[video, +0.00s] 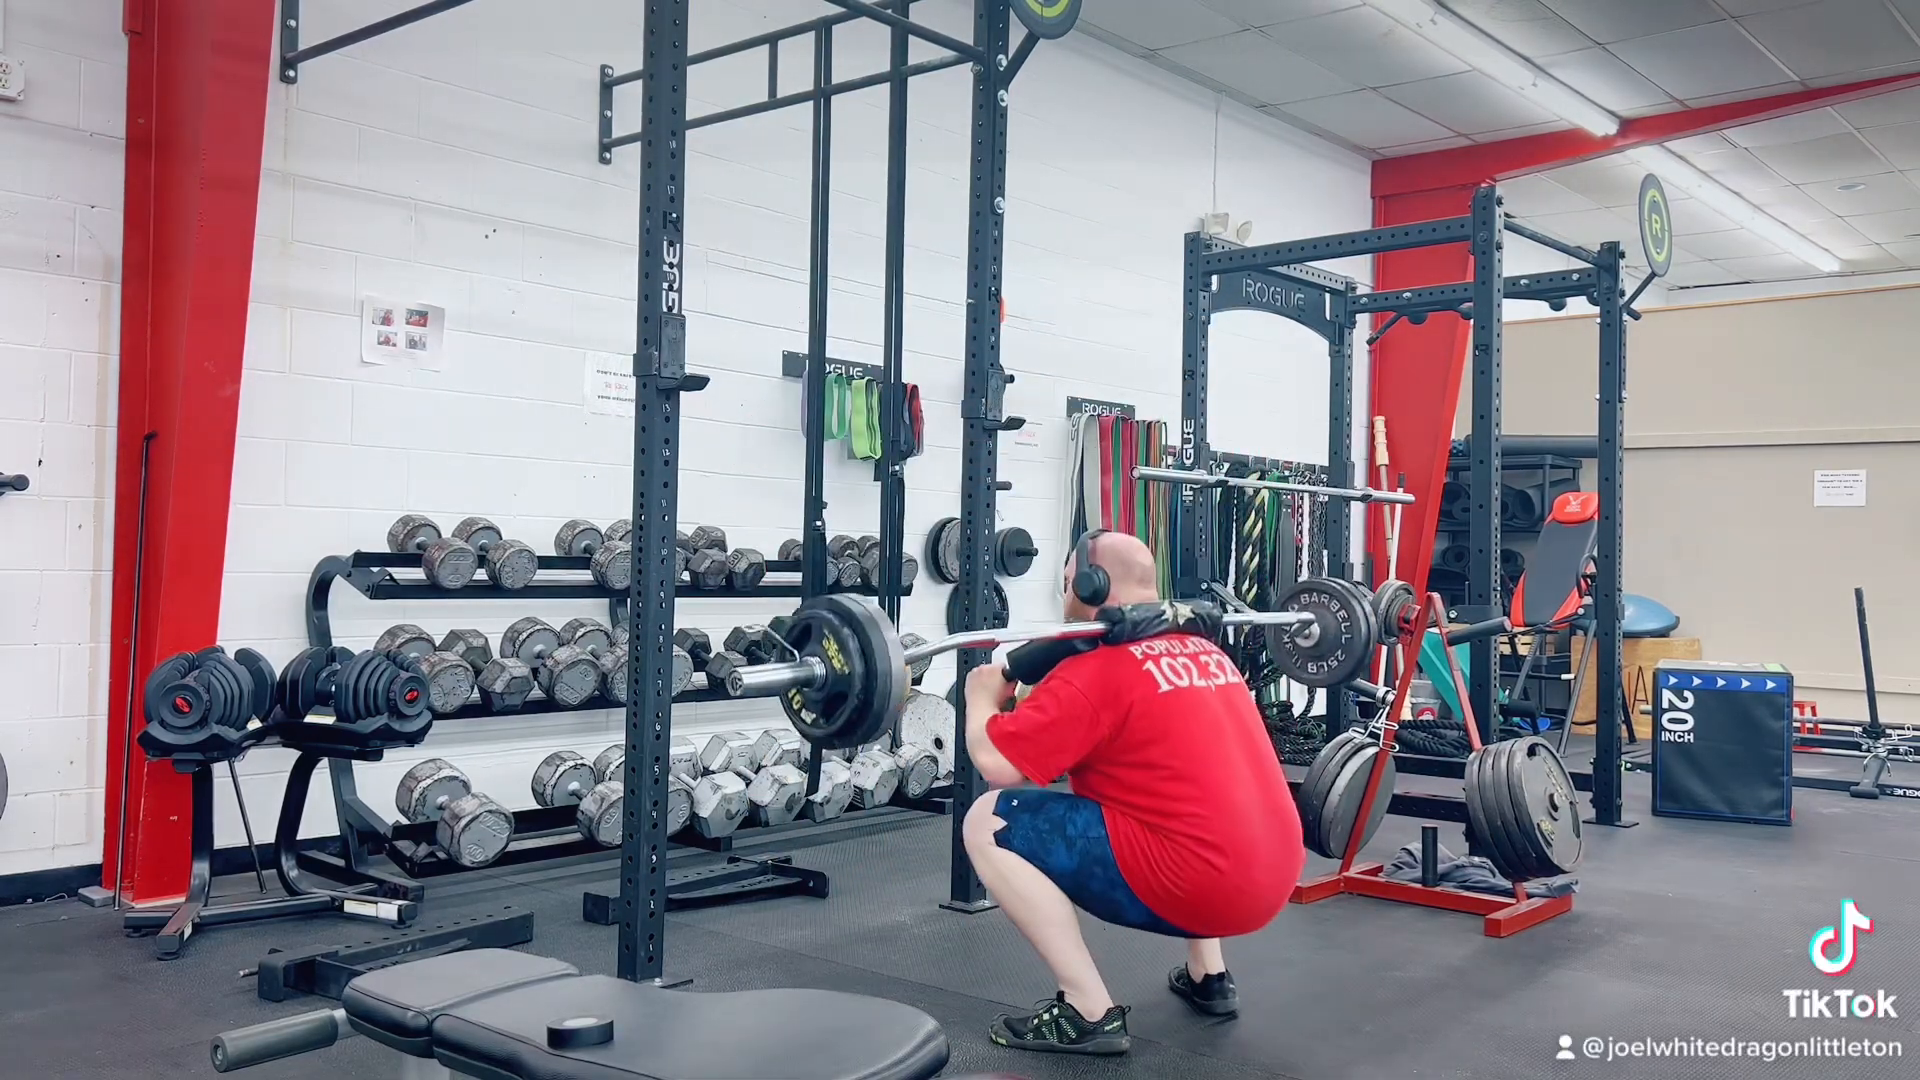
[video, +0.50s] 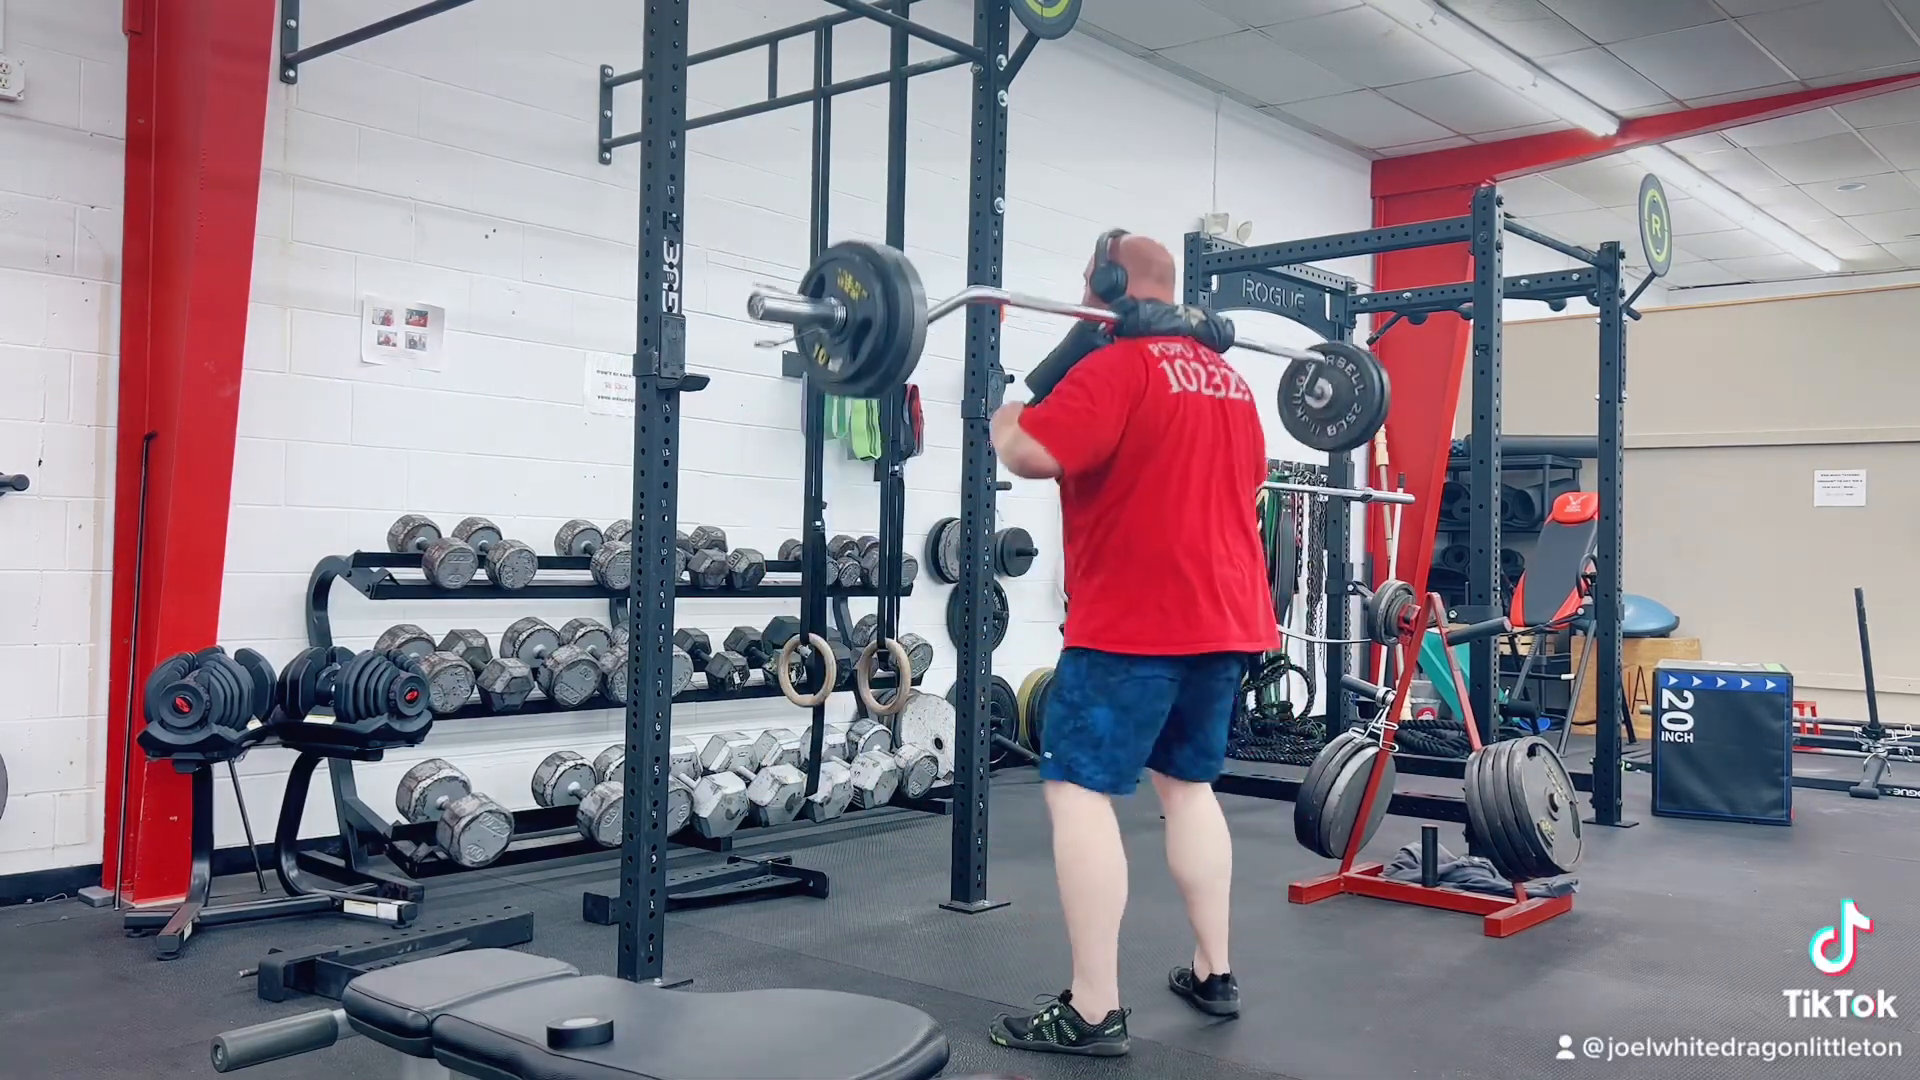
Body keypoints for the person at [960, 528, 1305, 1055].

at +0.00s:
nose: (1064, 594)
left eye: (1068, 581)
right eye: (1067, 580)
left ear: (1087, 589)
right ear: (1150, 589)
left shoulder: (1098, 669)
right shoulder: (1204, 649)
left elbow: (998, 763)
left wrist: (981, 699)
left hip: (1192, 889)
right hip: (1271, 882)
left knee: (987, 821)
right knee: (1161, 795)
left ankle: (1088, 1009)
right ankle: (1208, 971)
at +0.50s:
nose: (1084, 304)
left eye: (1087, 292)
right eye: (1087, 291)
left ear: (1103, 296)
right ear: (1171, 293)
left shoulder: (1115, 363)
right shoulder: (1227, 374)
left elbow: (1033, 452)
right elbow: (1252, 481)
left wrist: (1006, 418)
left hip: (1134, 611)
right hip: (1231, 612)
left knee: (1077, 782)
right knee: (1187, 779)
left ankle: (1094, 1005)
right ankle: (1216, 973)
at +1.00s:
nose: (1075, 402)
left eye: (1078, 389)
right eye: (1076, 390)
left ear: (1098, 393)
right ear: (1163, 389)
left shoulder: (1114, 463)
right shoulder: (1221, 463)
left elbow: (1022, 562)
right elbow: (1256, 569)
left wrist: (992, 506)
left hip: (1159, 692)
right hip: (1261, 696)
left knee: (1026, 802)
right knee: (1178, 800)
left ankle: (1090, 1008)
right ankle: (1215, 973)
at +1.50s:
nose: (1055, 545)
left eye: (1056, 537)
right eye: (1058, 536)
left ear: (1068, 542)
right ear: (1138, 534)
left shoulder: (1091, 605)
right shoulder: (1196, 587)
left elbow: (995, 707)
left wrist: (970, 639)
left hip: (1188, 806)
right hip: (1278, 802)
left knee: (997, 813)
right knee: (1143, 783)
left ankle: (1088, 1008)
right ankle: (1210, 973)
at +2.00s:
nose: (1077, 292)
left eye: (1079, 280)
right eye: (1080, 279)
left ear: (1099, 281)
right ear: (1162, 278)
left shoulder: (1113, 351)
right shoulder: (1219, 365)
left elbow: (1065, 459)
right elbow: (1248, 475)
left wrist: (1011, 429)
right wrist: (1165, 477)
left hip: (1107, 611)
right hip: (1196, 612)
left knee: (1108, 799)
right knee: (1196, 783)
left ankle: (1096, 1009)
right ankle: (1215, 973)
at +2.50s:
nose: (1060, 427)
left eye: (1061, 414)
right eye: (1061, 415)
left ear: (1079, 414)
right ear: (1145, 405)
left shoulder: (1099, 480)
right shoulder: (1202, 470)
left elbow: (997, 575)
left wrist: (975, 513)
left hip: (1165, 703)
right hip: (1267, 703)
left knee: (1024, 803)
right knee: (1176, 803)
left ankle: (1090, 1010)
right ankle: (1214, 975)